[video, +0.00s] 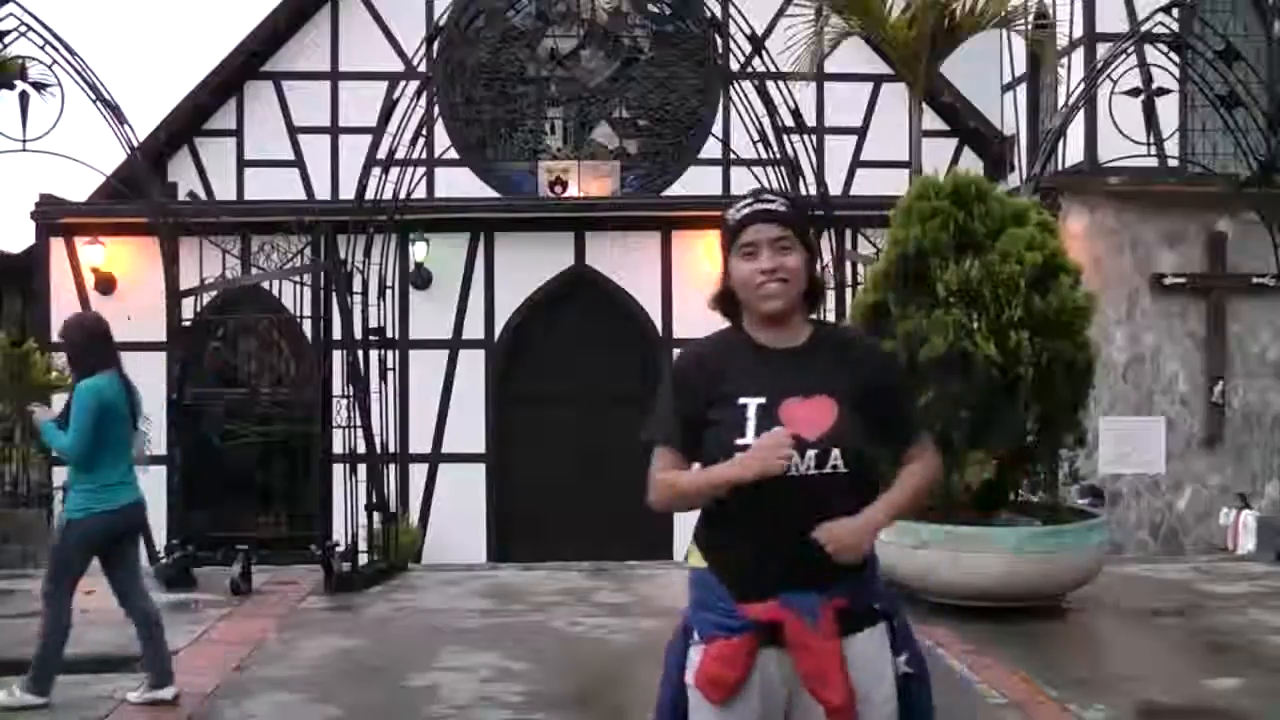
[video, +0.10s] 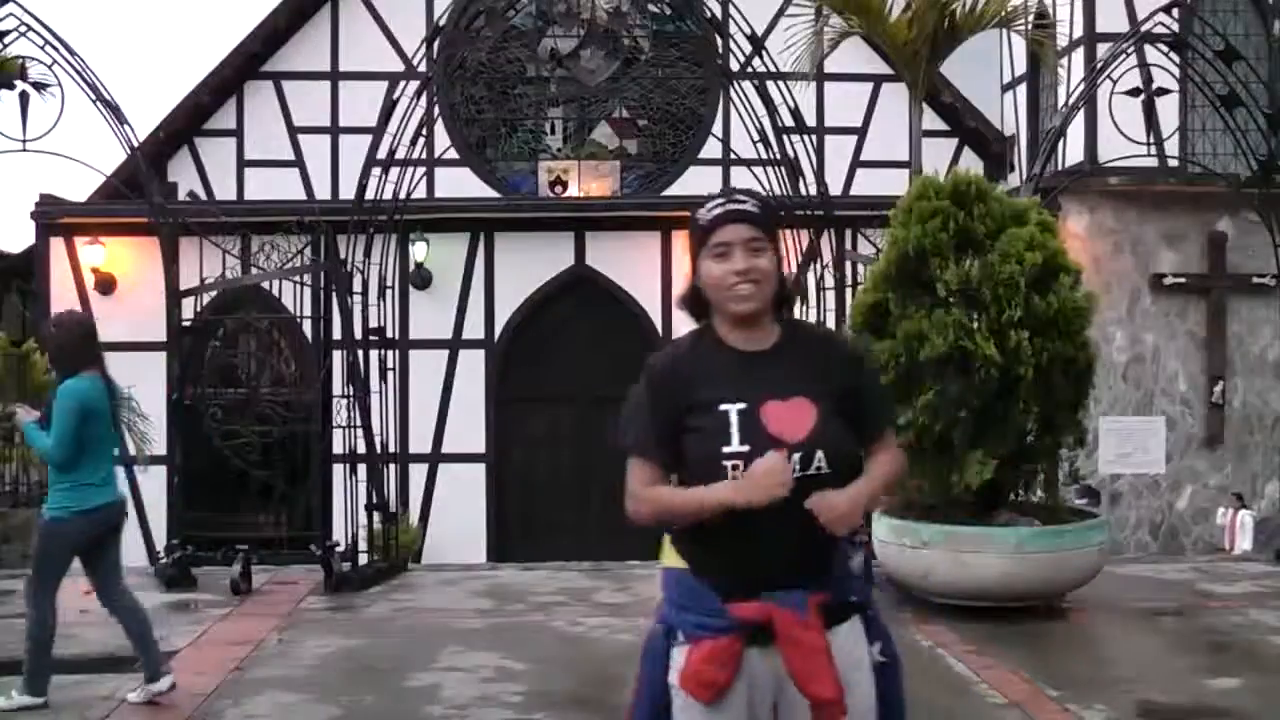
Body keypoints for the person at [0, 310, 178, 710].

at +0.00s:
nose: (64, 355)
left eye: (66, 348)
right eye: (63, 348)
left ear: (79, 350)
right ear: (105, 345)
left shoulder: (88, 391)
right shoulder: (123, 387)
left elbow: (72, 451)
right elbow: (118, 447)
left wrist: (43, 425)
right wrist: (61, 422)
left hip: (89, 514)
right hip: (126, 508)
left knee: (56, 594)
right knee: (134, 595)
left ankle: (37, 685)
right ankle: (162, 680)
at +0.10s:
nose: (48, 358)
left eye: (51, 350)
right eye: (47, 350)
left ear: (66, 350)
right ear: (87, 347)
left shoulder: (71, 392)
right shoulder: (103, 386)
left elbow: (57, 454)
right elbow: (97, 445)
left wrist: (27, 426)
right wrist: (41, 423)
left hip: (69, 514)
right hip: (106, 508)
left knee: (39, 595)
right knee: (113, 591)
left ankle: (33, 688)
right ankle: (158, 674)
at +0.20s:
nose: (26, 348)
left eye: (29, 342)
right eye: (29, 341)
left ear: (36, 345)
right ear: (65, 341)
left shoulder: (44, 387)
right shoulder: (79, 382)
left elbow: (33, 449)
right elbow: (69, 438)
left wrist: (6, 427)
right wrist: (21, 417)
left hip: (46, 509)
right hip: (83, 502)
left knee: (31, 595)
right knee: (70, 590)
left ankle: (33, 687)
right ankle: (129, 654)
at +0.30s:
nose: (7, 350)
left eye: (10, 343)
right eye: (9, 342)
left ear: (20, 345)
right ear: (48, 339)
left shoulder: (29, 385)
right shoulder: (68, 380)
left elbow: (19, 448)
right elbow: (68, 436)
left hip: (36, 507)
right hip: (70, 500)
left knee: (29, 595)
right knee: (47, 584)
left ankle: (33, 687)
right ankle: (94, 650)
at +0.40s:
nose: (1, 348)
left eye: (4, 340)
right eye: (5, 339)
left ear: (9, 342)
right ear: (37, 338)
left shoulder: (15, 385)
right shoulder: (57, 379)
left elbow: (8, 446)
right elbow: (57, 434)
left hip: (25, 502)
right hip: (59, 496)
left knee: (23, 588)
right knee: (27, 582)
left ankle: (36, 684)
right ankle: (51, 663)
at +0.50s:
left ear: (2, 344)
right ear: (28, 343)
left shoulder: (8, 384)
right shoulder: (40, 382)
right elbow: (40, 438)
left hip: (14, 500)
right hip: (41, 495)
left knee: (20, 589)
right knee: (14, 585)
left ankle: (33, 683)